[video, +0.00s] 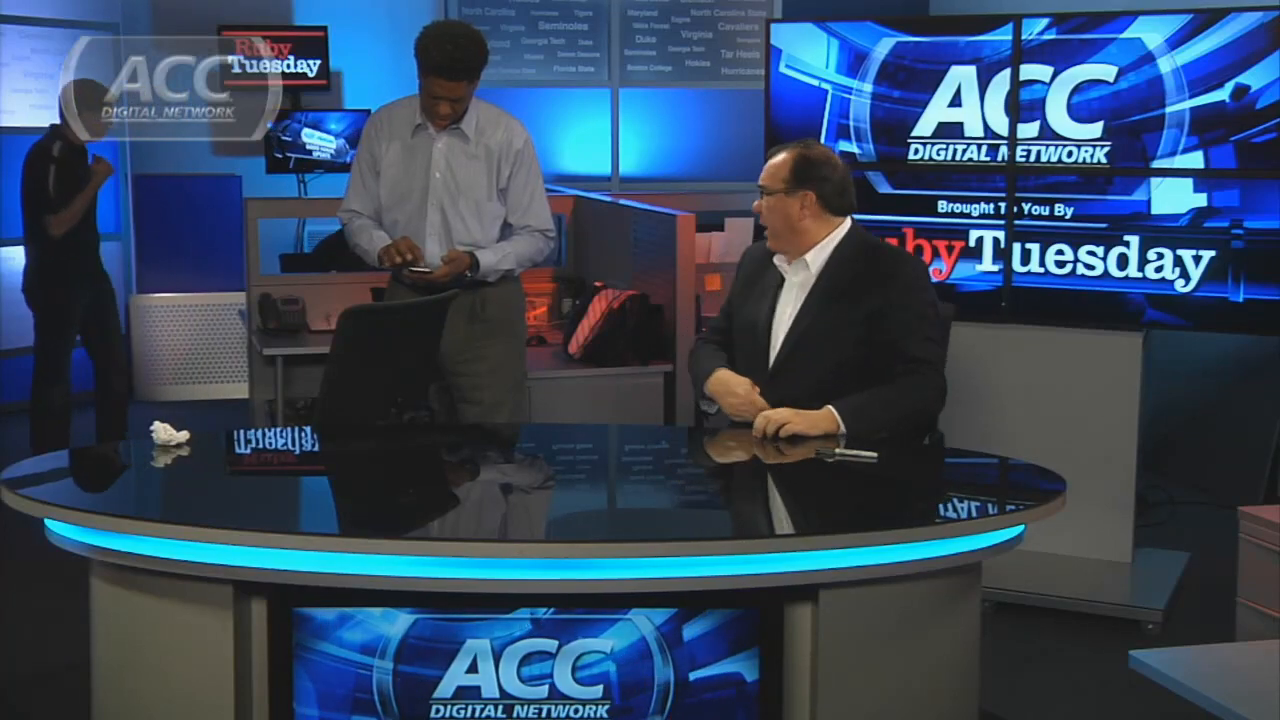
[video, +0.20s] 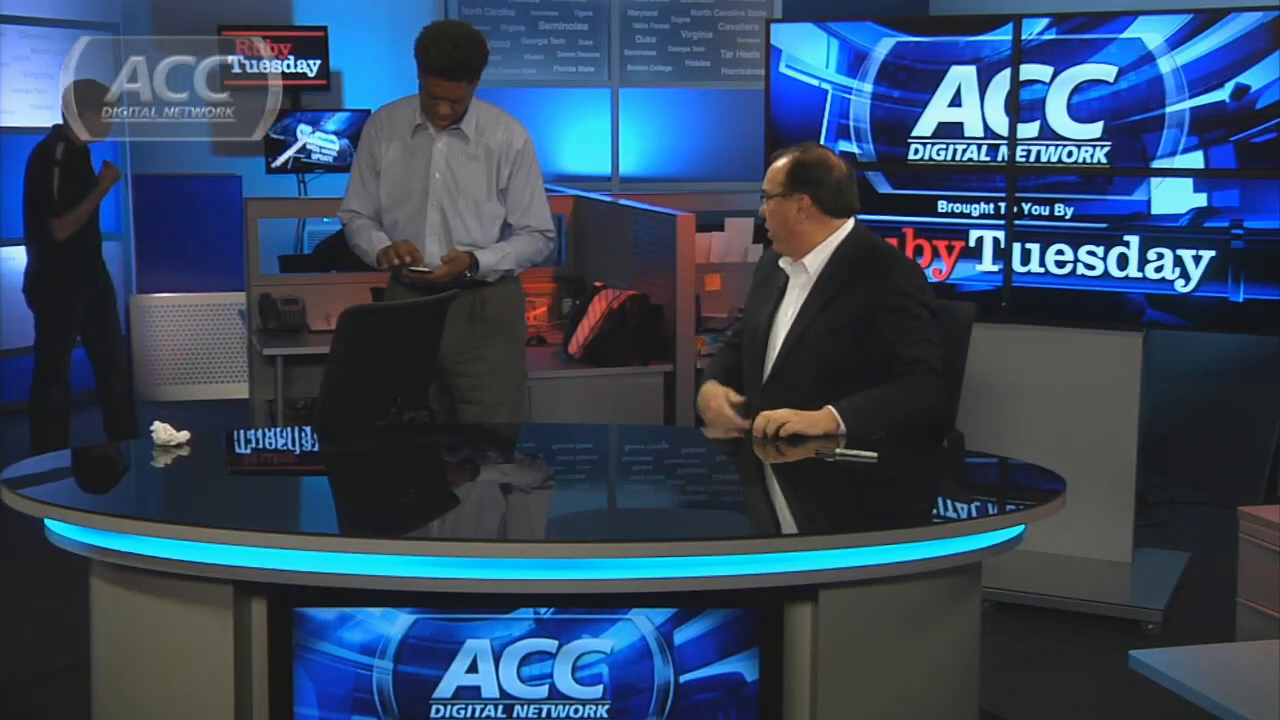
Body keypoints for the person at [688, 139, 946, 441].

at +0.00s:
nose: (756, 207)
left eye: (766, 194)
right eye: (760, 194)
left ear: (805, 204)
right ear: (805, 205)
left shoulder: (894, 274)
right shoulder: (758, 262)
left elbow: (923, 390)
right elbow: (710, 345)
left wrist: (830, 418)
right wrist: (717, 380)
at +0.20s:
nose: (761, 211)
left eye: (767, 198)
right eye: (763, 199)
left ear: (802, 206)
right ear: (800, 207)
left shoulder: (889, 275)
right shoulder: (774, 265)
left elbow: (924, 389)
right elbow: (740, 346)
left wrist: (832, 418)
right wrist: (709, 388)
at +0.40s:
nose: (769, 213)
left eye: (775, 203)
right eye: (770, 203)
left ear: (804, 212)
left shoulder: (886, 276)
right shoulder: (791, 269)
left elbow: (921, 390)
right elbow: (761, 355)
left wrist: (833, 419)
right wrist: (719, 401)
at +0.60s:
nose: (775, 213)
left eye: (780, 204)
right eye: (777, 204)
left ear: (807, 214)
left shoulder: (884, 273)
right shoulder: (800, 267)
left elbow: (913, 386)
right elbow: (769, 355)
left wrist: (830, 416)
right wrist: (718, 407)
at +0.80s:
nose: (771, 212)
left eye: (777, 199)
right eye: (773, 200)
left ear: (808, 204)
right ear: (807, 205)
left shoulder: (868, 257)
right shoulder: (785, 263)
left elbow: (906, 344)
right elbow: (740, 337)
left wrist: (836, 403)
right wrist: (665, 383)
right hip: (748, 440)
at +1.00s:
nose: (735, 252)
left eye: (734, 237)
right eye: (731, 240)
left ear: (763, 228)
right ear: (763, 229)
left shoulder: (831, 261)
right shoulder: (771, 280)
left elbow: (886, 329)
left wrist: (840, 397)